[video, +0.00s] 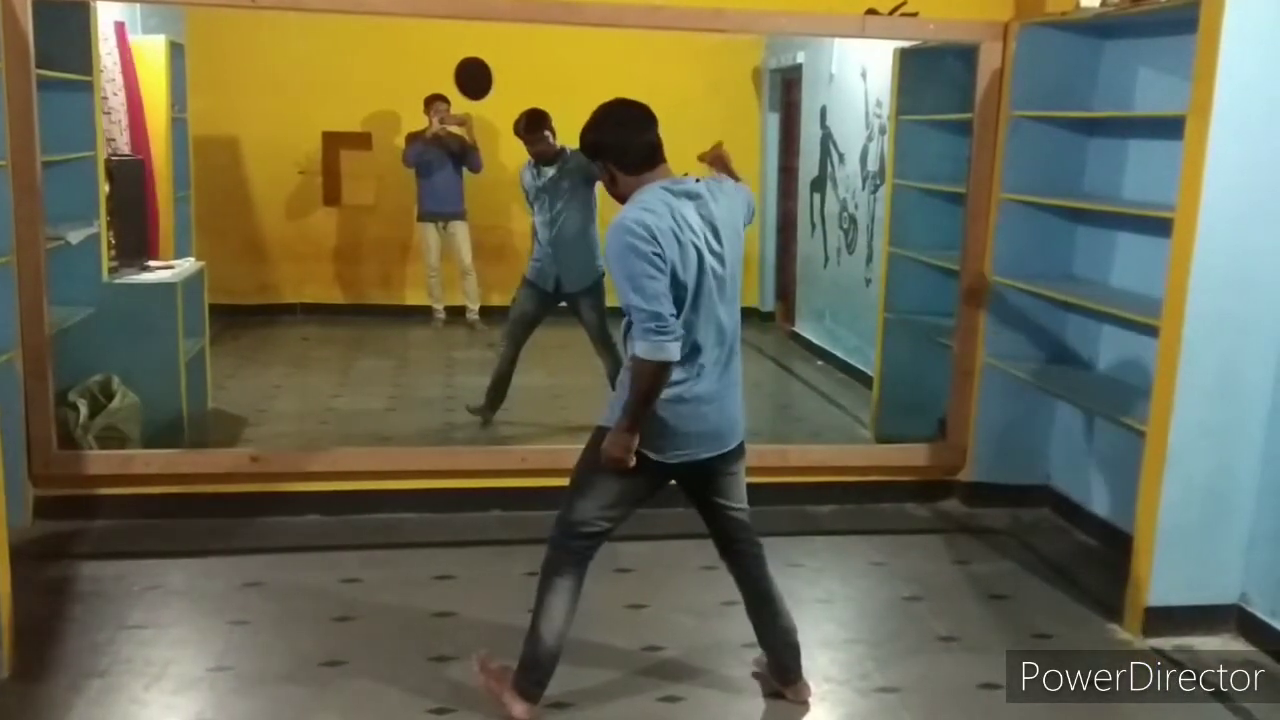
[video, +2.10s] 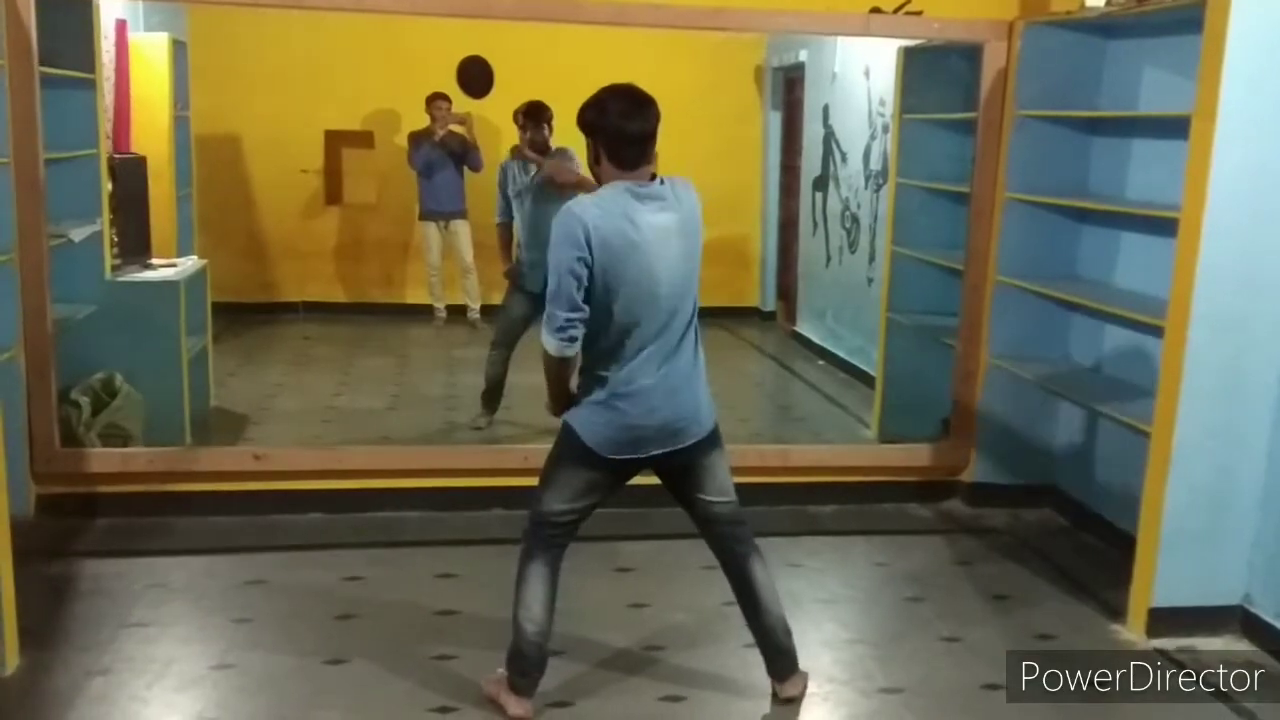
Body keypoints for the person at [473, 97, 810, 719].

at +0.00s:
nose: (598, 181)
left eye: (596, 170)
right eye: (596, 170)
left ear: (608, 171)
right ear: (661, 151)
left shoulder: (631, 229)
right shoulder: (715, 198)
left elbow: (659, 343)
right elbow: (742, 195)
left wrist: (626, 428)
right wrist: (724, 166)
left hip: (654, 420)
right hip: (719, 416)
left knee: (573, 543)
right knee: (740, 541)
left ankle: (525, 686)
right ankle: (789, 676)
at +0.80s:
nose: (603, 155)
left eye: (604, 146)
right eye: (606, 145)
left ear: (612, 150)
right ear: (672, 145)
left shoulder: (605, 225)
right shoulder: (723, 203)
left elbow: (607, 341)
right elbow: (781, 261)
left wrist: (582, 398)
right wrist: (716, 268)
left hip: (633, 423)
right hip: (712, 419)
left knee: (562, 547)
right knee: (741, 549)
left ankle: (521, 685)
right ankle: (786, 676)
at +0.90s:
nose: (604, 154)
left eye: (604, 145)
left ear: (610, 151)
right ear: (672, 147)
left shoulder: (598, 222)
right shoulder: (726, 218)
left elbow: (598, 339)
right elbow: (768, 315)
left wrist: (577, 392)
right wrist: (713, 351)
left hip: (627, 427)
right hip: (709, 426)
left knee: (559, 550)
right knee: (743, 555)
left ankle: (518, 690)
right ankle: (787, 678)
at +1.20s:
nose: (608, 156)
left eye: (609, 147)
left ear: (614, 154)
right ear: (676, 151)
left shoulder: (587, 215)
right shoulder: (724, 231)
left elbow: (546, 322)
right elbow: (729, 337)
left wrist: (569, 391)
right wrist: (670, 348)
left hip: (616, 424)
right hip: (700, 425)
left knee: (552, 546)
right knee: (742, 552)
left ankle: (519, 688)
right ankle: (789, 678)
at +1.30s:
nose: (598, 158)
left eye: (600, 150)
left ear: (606, 158)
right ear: (669, 154)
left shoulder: (578, 216)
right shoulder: (710, 224)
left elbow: (541, 319)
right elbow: (743, 300)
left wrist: (567, 396)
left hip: (610, 423)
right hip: (693, 424)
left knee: (546, 544)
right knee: (741, 551)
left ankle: (519, 688)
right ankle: (790, 679)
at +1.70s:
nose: (579, 154)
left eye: (580, 146)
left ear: (589, 152)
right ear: (649, 143)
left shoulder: (570, 216)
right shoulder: (694, 196)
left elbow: (558, 334)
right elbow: (722, 253)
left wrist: (567, 404)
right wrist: (653, 202)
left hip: (613, 416)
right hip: (694, 413)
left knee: (550, 542)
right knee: (739, 543)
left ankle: (520, 686)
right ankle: (782, 679)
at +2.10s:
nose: (581, 149)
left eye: (584, 141)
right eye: (585, 141)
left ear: (595, 148)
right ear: (654, 145)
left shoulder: (578, 218)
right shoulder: (684, 199)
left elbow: (562, 333)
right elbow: (638, 196)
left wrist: (561, 396)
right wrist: (586, 185)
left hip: (610, 417)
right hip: (687, 411)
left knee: (545, 543)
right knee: (735, 538)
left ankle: (520, 688)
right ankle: (788, 679)